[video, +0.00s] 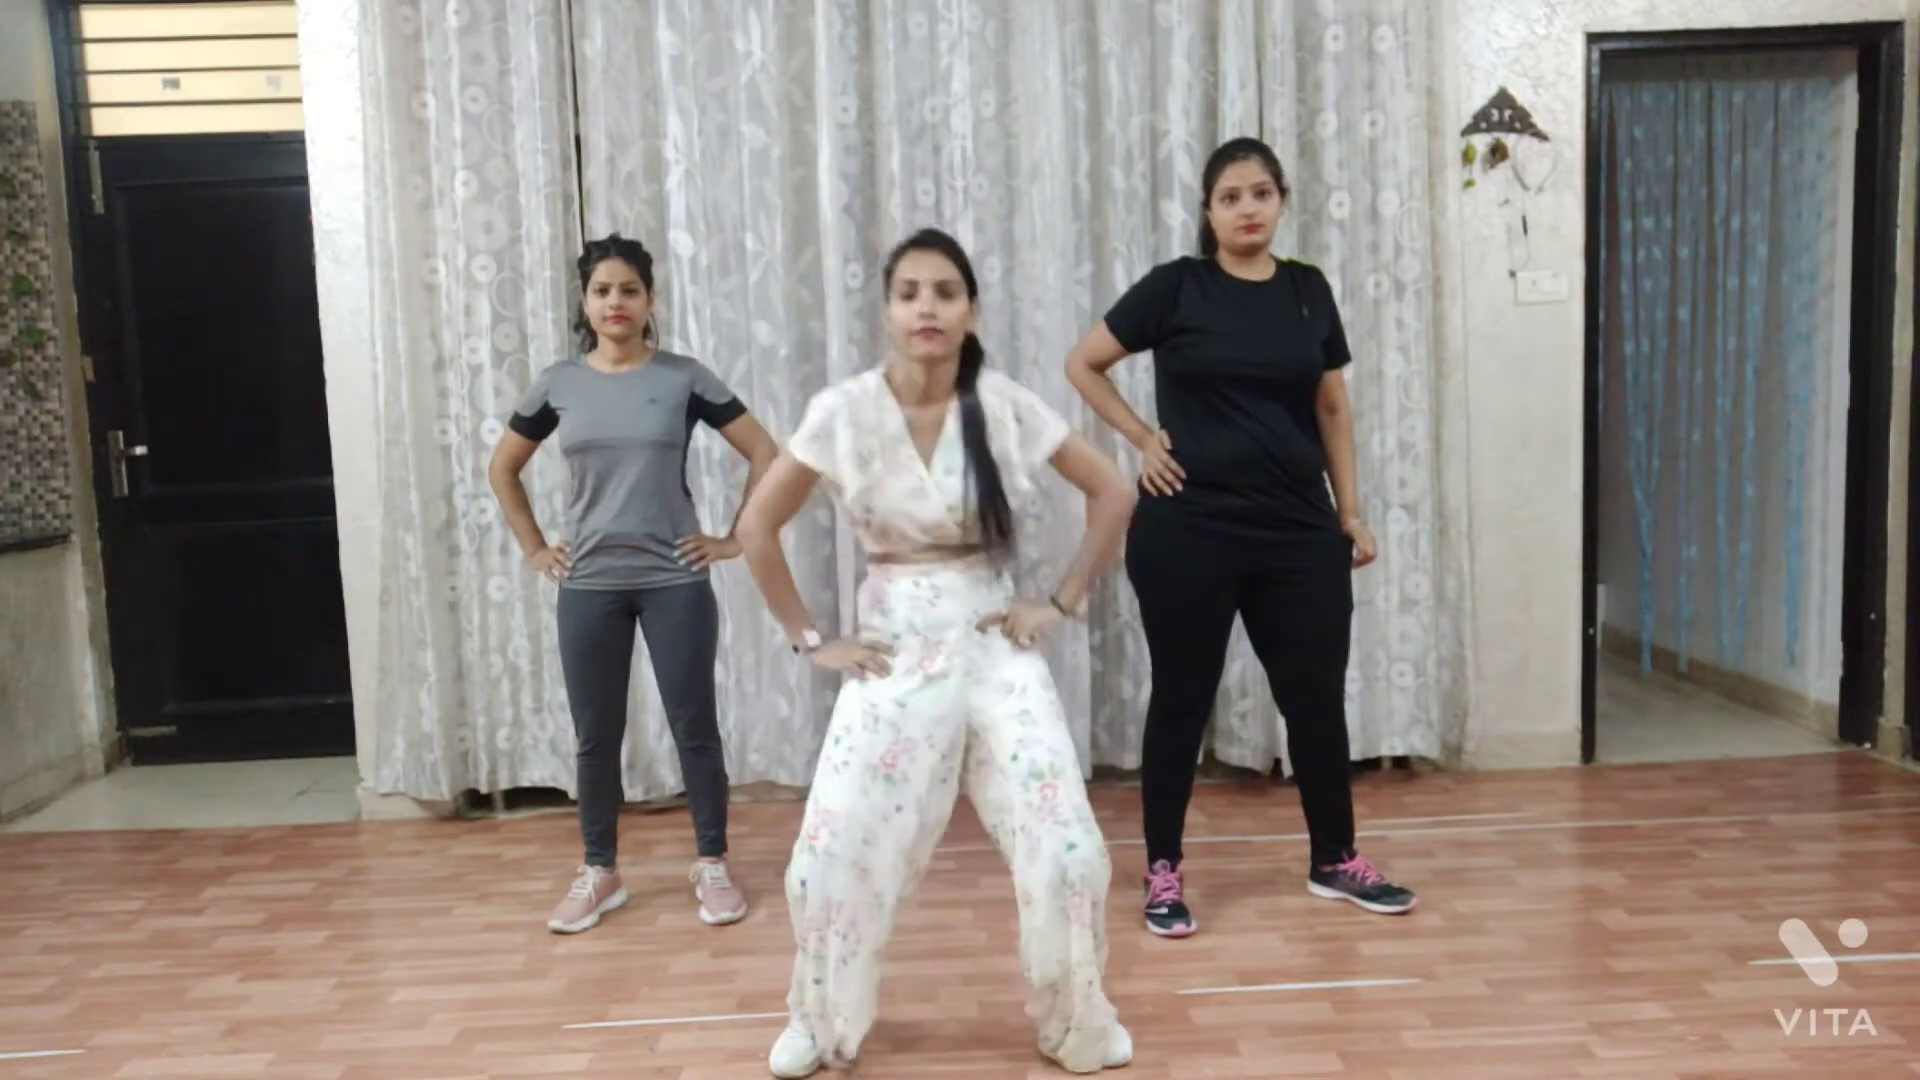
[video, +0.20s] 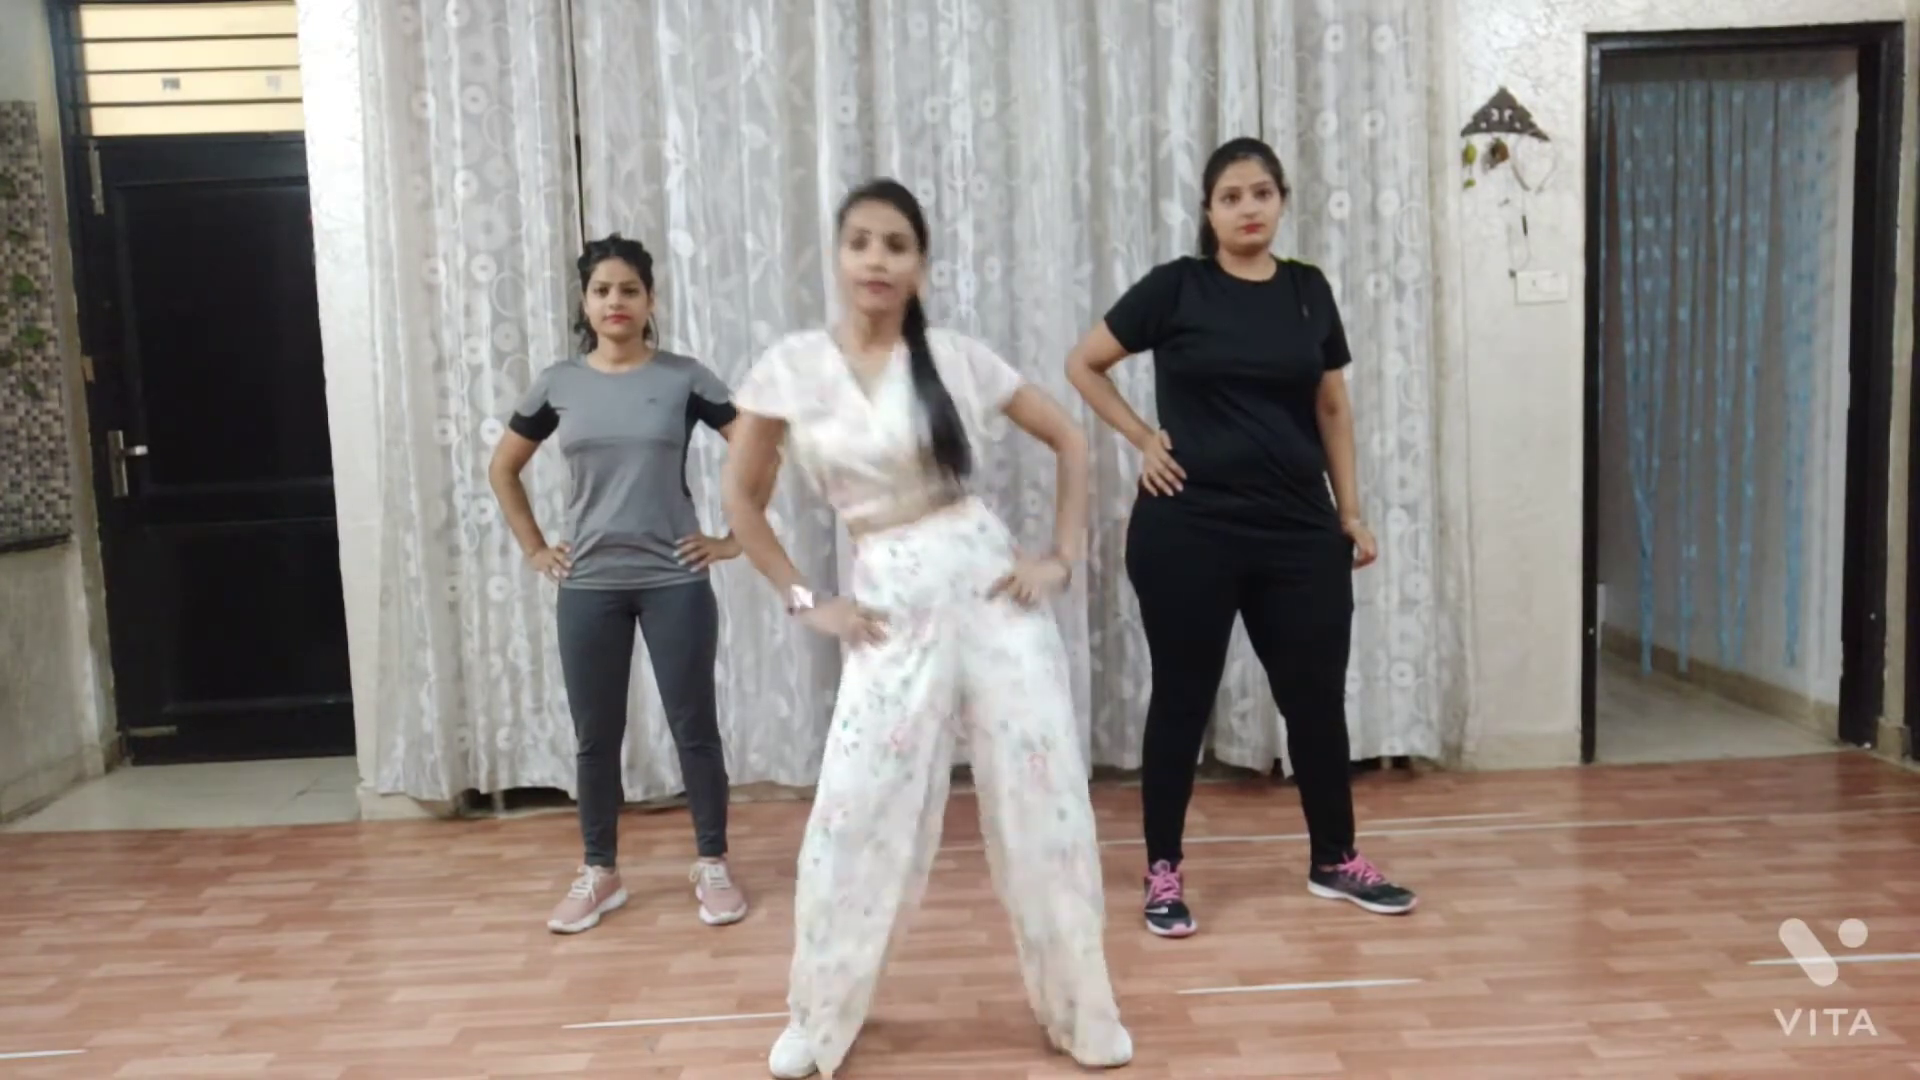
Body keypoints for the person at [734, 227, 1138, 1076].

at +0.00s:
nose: (926, 310)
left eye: (944, 294)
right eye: (909, 294)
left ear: (971, 311)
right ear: (885, 311)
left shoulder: (1004, 405)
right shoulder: (843, 412)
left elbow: (1114, 492)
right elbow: (755, 529)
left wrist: (1063, 602)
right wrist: (812, 640)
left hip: (999, 647)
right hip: (888, 655)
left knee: (1068, 849)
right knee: (829, 854)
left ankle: (1076, 1021)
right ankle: (819, 1022)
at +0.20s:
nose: (876, 261)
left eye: (895, 245)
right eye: (859, 243)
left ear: (922, 263)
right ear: (835, 256)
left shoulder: (957, 359)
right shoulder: (789, 372)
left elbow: (1070, 437)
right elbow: (739, 502)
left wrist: (1060, 556)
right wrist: (809, 602)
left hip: (998, 599)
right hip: (890, 615)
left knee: (1044, 802)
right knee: (849, 818)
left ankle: (1083, 1008)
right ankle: (817, 1023)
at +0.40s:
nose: (846, 262)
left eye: (865, 244)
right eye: (828, 243)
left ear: (890, 257)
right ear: (804, 257)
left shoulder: (932, 352)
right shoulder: (773, 383)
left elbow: (1045, 428)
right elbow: (722, 504)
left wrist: (1051, 540)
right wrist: (805, 590)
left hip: (983, 584)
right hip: (879, 607)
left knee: (1044, 799)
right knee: (839, 818)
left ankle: (1079, 1003)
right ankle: (828, 1014)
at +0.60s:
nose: (898, 273)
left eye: (916, 256)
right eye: (880, 257)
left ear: (944, 270)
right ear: (856, 274)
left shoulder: (995, 371)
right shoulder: (826, 387)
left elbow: (1098, 464)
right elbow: (743, 513)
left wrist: (1066, 584)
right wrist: (811, 622)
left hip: (990, 626)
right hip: (879, 634)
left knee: (1055, 818)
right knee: (825, 826)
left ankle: (1085, 1009)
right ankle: (816, 1017)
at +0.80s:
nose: (980, 237)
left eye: (996, 218)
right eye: (961, 222)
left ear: (1025, 230)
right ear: (938, 240)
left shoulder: (1067, 331)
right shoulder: (902, 344)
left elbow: (1138, 434)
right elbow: (802, 433)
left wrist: (1082, 543)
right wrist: (812, 553)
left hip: (1001, 597)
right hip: (900, 588)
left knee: (1043, 800)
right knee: (854, 796)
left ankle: (1084, 1007)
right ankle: (819, 1021)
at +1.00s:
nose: (992, 269)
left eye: (1010, 252)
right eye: (975, 253)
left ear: (1038, 267)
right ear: (951, 267)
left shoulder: (1075, 376)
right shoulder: (907, 373)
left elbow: (1163, 478)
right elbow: (802, 474)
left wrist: (1092, 585)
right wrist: (838, 599)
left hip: (1020, 619)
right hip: (912, 614)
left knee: (1070, 830)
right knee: (852, 815)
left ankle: (1075, 1006)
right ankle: (825, 1020)